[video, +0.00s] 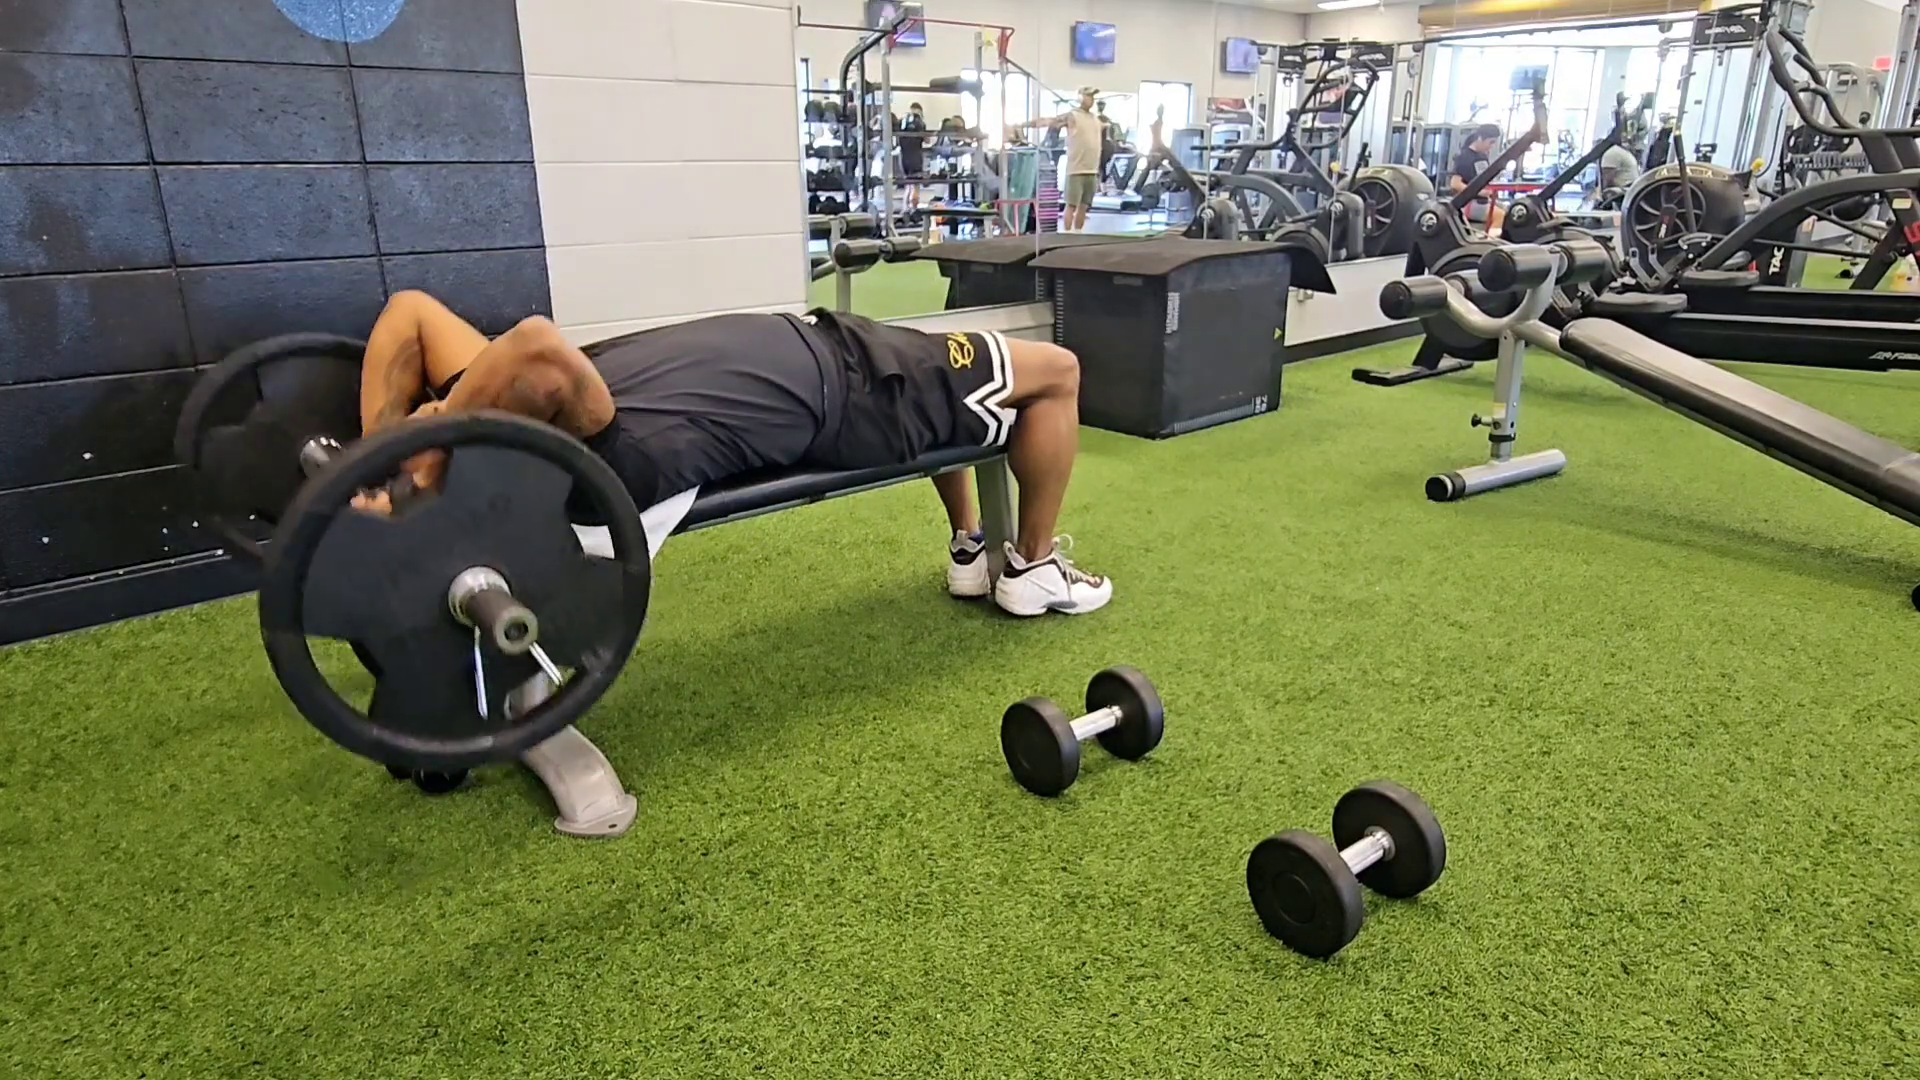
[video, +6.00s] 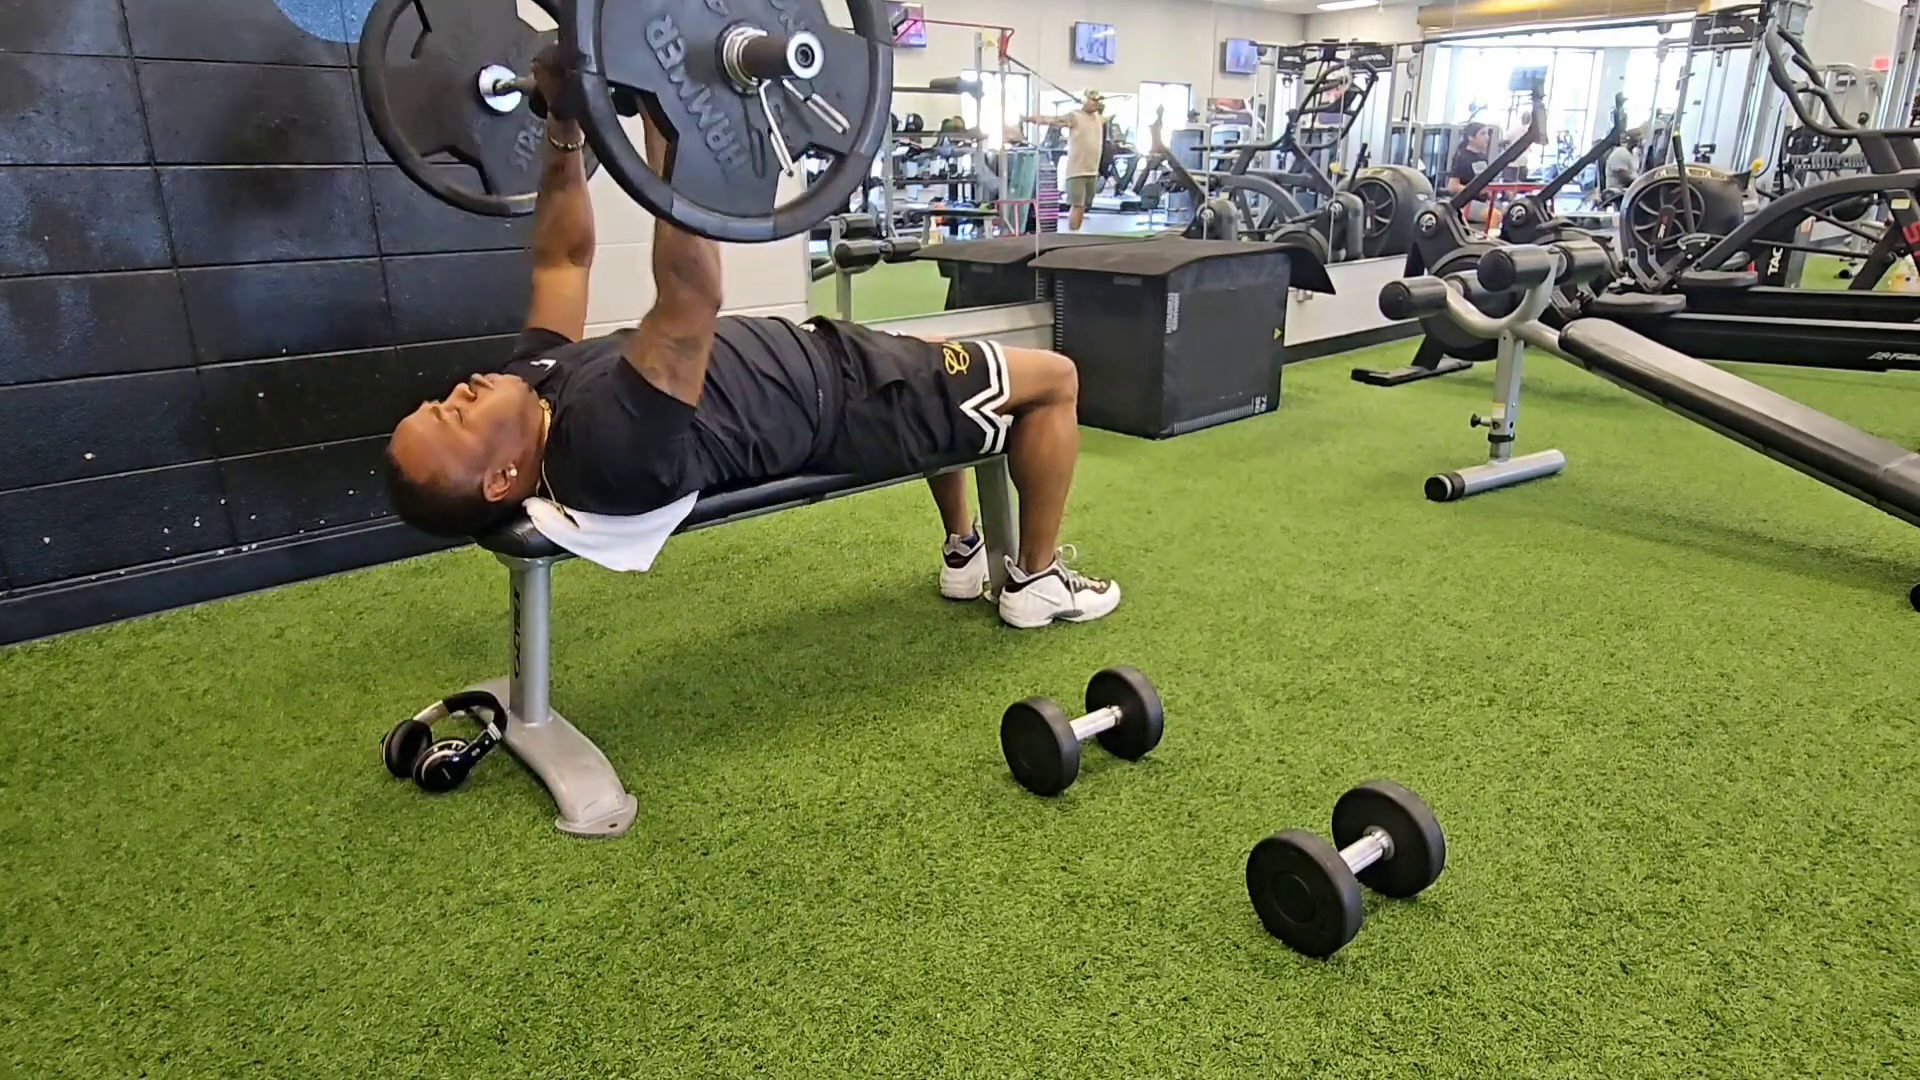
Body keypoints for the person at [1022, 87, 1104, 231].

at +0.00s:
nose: (1092, 100)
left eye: (1093, 97)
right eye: (1090, 96)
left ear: (1092, 100)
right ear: (1081, 98)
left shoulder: (1096, 120)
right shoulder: (1072, 116)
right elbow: (1048, 122)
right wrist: (1023, 125)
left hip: (1091, 169)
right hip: (1076, 169)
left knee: (1084, 207)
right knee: (1072, 206)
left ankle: (1078, 235)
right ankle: (1067, 235)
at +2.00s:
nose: (1055, 105)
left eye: (1056, 102)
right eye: (1052, 101)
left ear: (1056, 104)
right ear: (1045, 103)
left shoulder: (1060, 124)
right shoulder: (1037, 121)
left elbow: (1077, 130)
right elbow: (1024, 130)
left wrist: (1094, 132)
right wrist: (1011, 131)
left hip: (1052, 169)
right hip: (1039, 170)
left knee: (1043, 203)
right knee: (1043, 204)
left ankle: (1031, 230)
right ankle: (1044, 234)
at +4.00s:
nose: (1054, 106)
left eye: (1056, 104)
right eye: (1051, 103)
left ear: (1057, 106)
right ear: (1043, 104)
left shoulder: (1058, 125)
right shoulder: (1034, 120)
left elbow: (1076, 133)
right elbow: (1024, 132)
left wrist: (1094, 135)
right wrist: (1024, 135)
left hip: (1051, 170)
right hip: (1038, 170)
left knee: (1043, 204)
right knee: (1044, 204)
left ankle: (1032, 227)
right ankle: (1041, 233)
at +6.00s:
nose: (1096, 104)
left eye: (1098, 101)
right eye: (1094, 100)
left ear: (1097, 103)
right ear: (1086, 100)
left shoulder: (1098, 118)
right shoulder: (1075, 116)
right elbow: (1055, 120)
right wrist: (1033, 119)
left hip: (1092, 169)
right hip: (1076, 169)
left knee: (1083, 207)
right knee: (1077, 206)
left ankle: (1074, 235)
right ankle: (1072, 236)